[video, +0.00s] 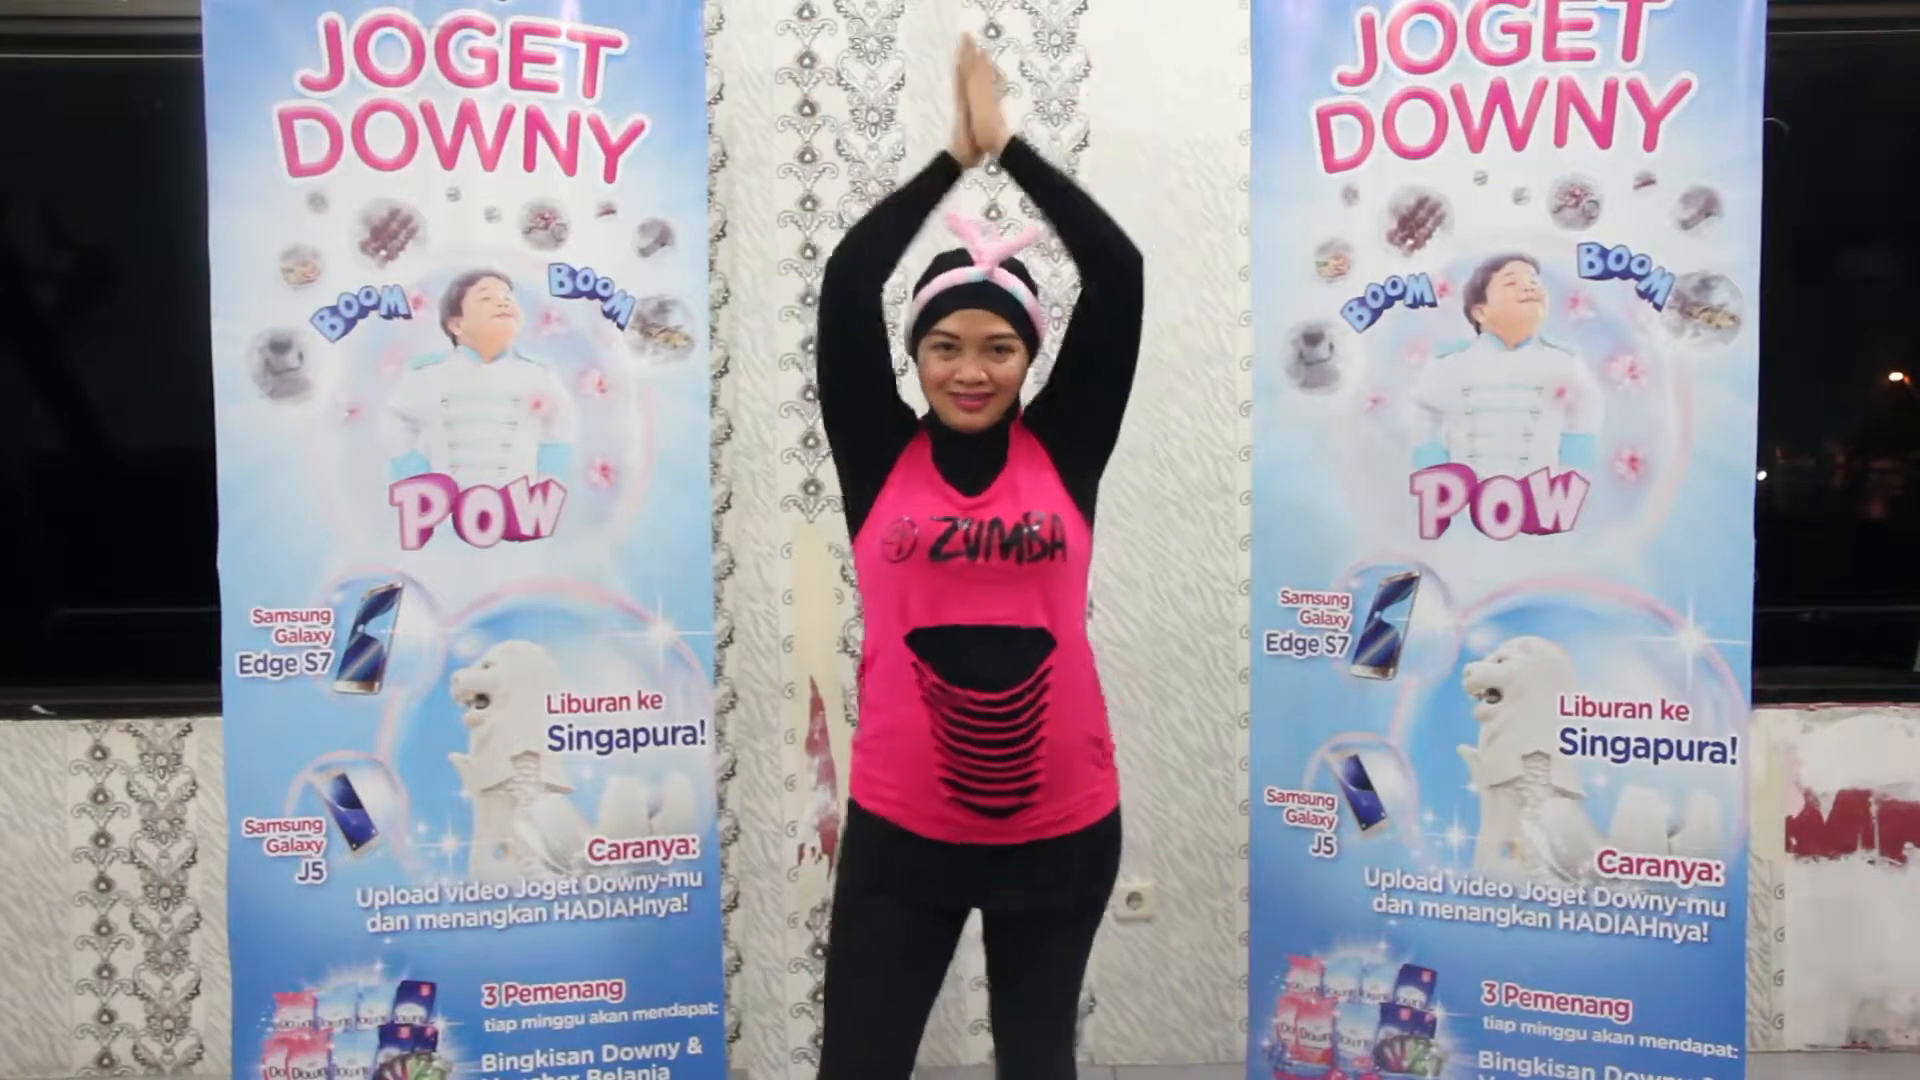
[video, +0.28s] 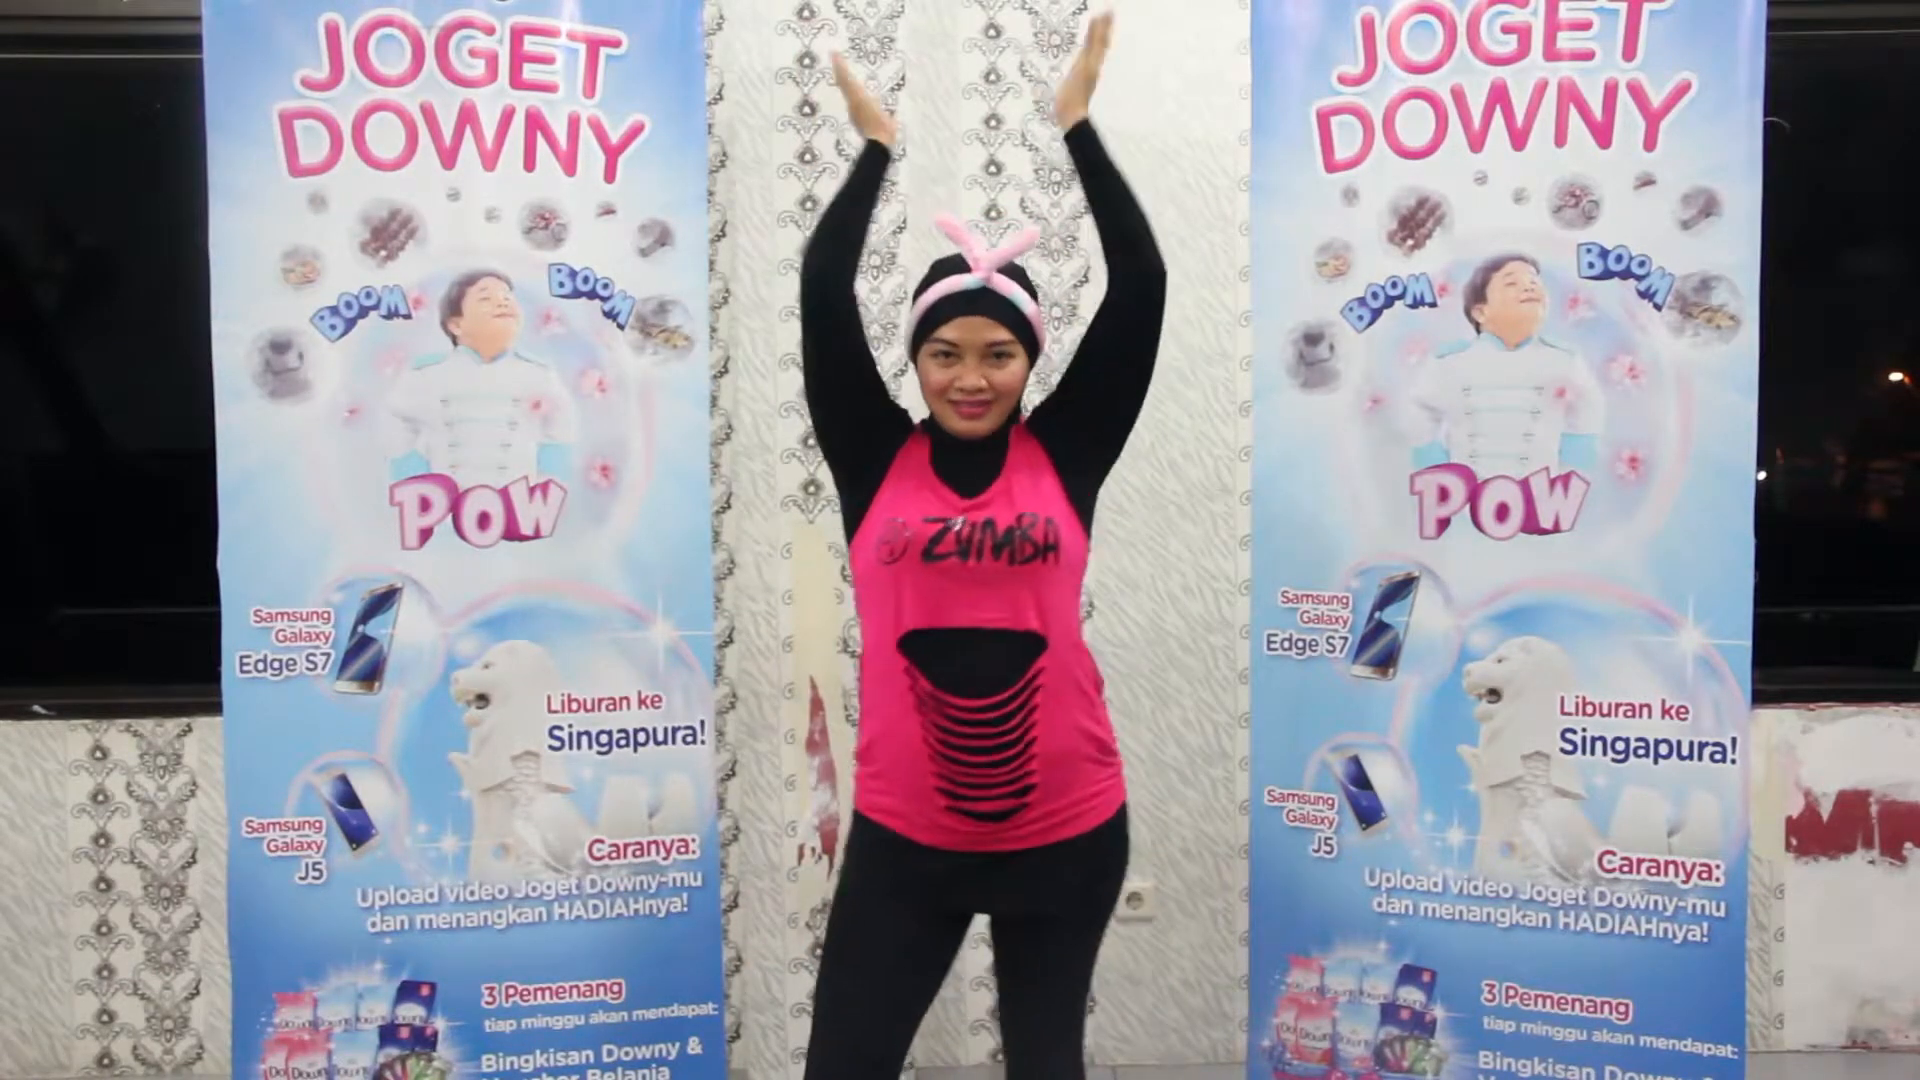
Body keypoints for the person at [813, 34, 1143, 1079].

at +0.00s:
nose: (971, 369)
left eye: (996, 349)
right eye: (949, 348)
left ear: (1029, 362)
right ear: (916, 360)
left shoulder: (1063, 455)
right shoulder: (879, 459)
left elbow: (1119, 269)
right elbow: (846, 284)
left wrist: (1007, 147)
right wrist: (955, 155)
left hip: (1056, 833)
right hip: (902, 830)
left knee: (1037, 1062)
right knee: (858, 1064)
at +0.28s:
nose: (971, 375)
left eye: (996, 354)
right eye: (947, 354)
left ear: (1029, 369)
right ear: (915, 369)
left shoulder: (1063, 459)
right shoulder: (875, 459)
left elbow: (1140, 286)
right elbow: (824, 293)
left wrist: (1076, 127)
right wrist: (874, 146)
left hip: (1061, 836)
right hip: (905, 836)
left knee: (1047, 1061)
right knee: (842, 1062)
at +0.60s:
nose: (969, 349)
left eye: (994, 327)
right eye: (945, 329)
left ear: (1031, 339)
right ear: (917, 345)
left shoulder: (1077, 438)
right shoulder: (886, 449)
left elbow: (1142, 253)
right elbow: (813, 292)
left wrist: (1058, 106)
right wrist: (882, 134)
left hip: (1046, 832)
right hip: (891, 825)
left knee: (1027, 1062)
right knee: (852, 1060)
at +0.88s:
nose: (972, 362)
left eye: (997, 343)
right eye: (950, 342)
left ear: (1030, 367)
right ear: (915, 363)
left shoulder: (1057, 470)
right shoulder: (872, 466)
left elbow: (1124, 295)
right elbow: (844, 290)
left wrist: (1019, 159)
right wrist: (961, 160)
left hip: (1063, 842)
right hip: (907, 843)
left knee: (1049, 1065)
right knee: (845, 1064)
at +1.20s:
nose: (966, 357)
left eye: (991, 338)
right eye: (943, 337)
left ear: (1025, 355)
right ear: (912, 354)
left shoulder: (1060, 454)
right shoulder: (872, 458)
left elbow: (1129, 281)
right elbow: (819, 294)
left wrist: (1054, 128)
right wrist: (890, 146)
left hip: (1051, 836)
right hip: (894, 834)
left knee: (1036, 1063)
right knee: (831, 1063)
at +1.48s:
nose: (956, 349)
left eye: (982, 327)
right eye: (933, 328)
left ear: (1019, 341)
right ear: (906, 344)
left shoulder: (1063, 438)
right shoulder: (872, 448)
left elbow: (1132, 267)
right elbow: (800, 296)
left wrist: (1065, 105)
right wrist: (869, 133)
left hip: (1034, 831)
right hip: (879, 822)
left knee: (1018, 1063)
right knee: (832, 1061)